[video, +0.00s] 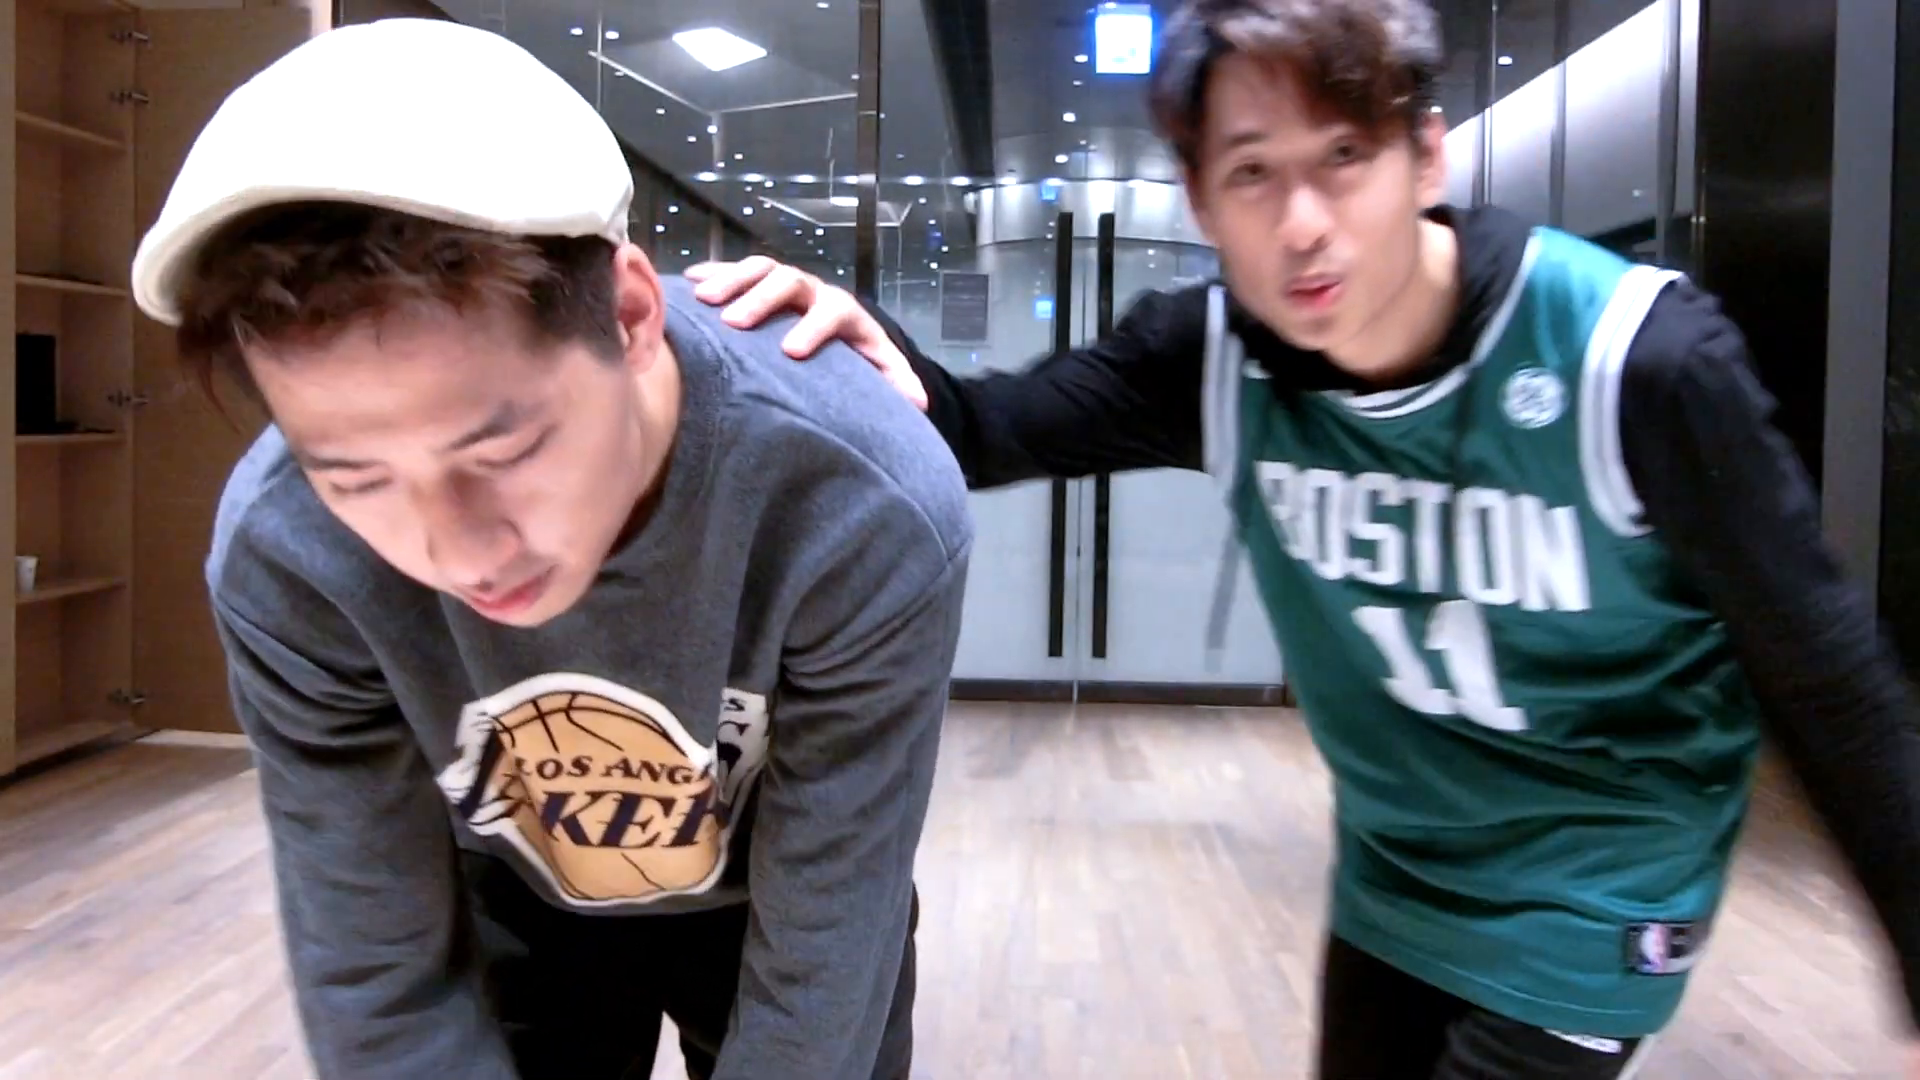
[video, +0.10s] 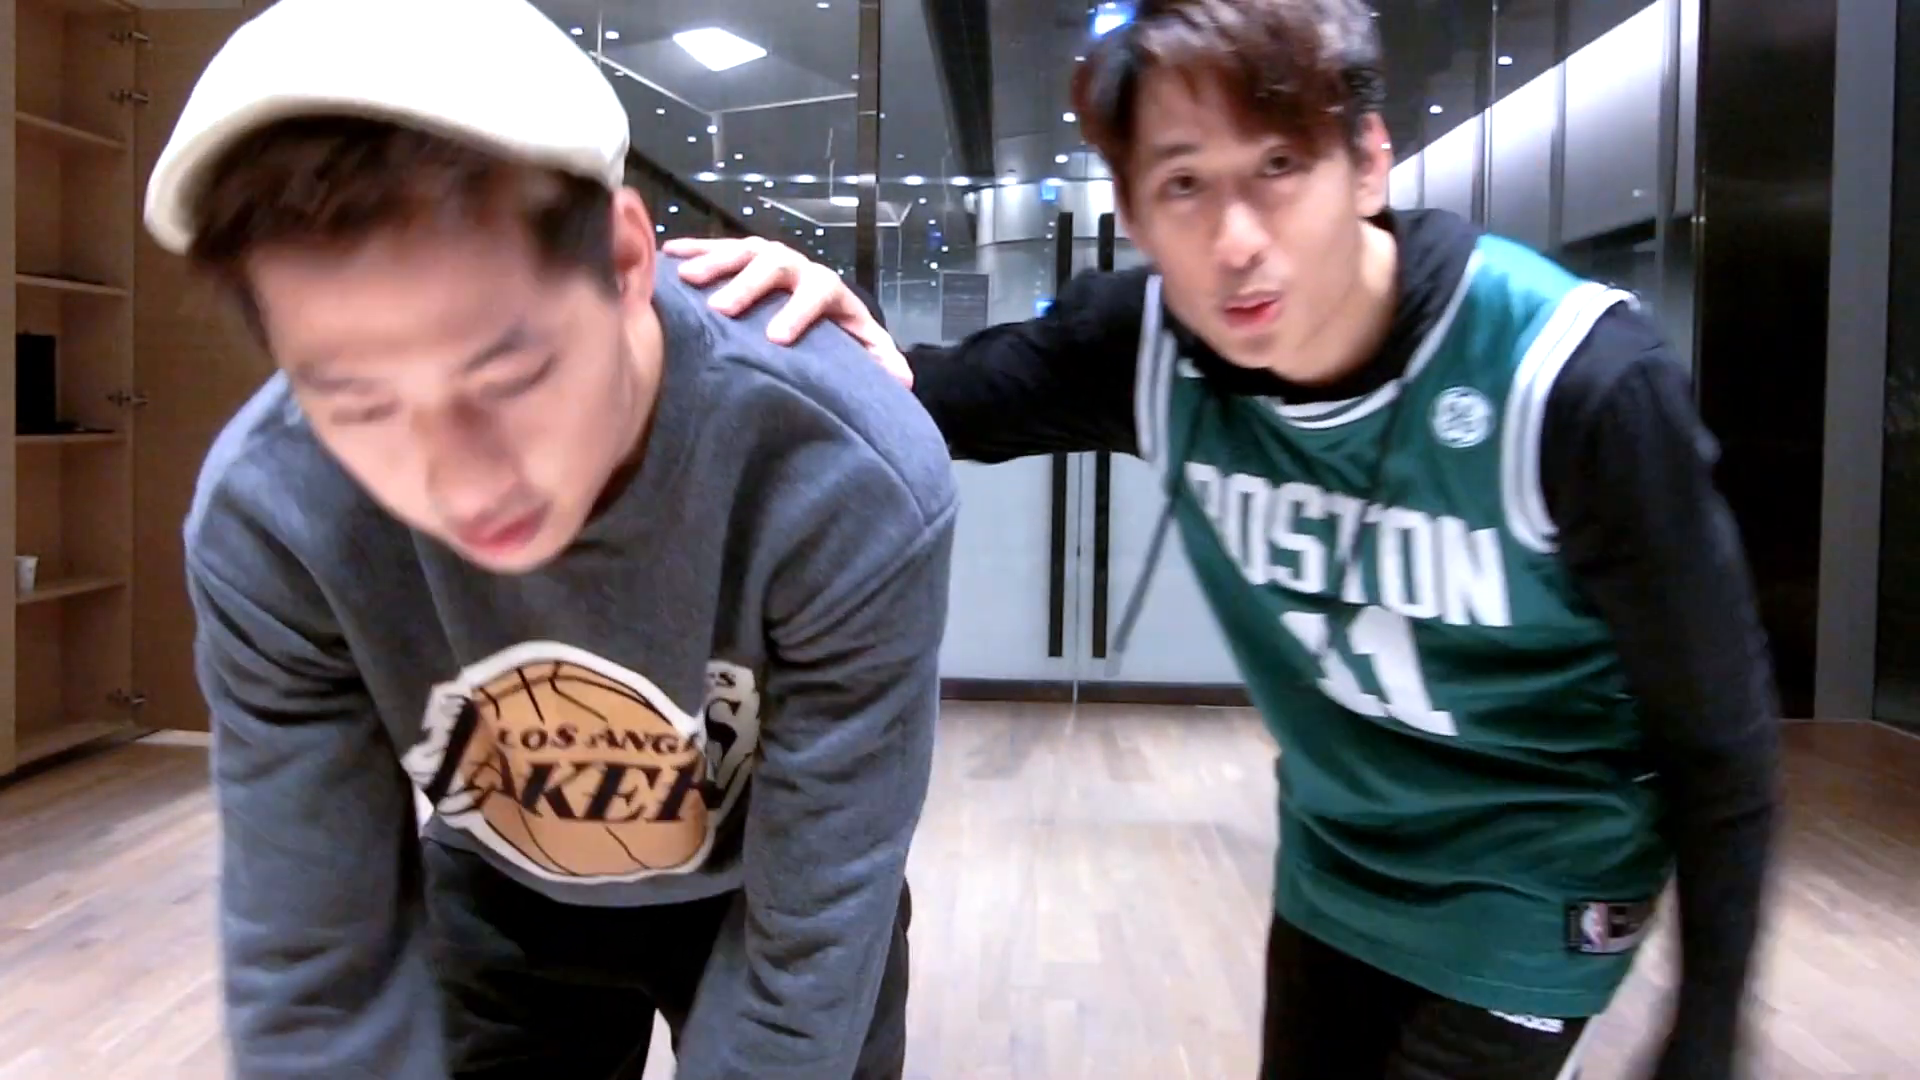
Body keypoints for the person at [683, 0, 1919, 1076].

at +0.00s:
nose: (1303, 225)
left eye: (1341, 164)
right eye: (1251, 179)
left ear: (1426, 159)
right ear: (1199, 205)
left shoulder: (1640, 362)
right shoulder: (1210, 350)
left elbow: (1841, 692)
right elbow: (977, 432)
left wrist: (1916, 983)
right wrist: (854, 347)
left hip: (1594, 879)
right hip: (1391, 849)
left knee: (1482, 1075)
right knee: (1359, 1069)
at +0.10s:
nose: (1235, 244)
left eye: (1277, 173)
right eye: (1180, 190)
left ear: (1370, 165)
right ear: (1132, 211)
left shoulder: (1578, 381)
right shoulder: (1149, 339)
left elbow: (1723, 746)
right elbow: (933, 401)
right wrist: (833, 319)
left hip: (1543, 892)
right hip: (1336, 856)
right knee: (1302, 1065)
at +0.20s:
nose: (1189, 249)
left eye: (1229, 174)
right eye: (1131, 194)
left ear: (1323, 165)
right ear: (1079, 223)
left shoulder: (1520, 389)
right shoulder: (1092, 343)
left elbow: (1611, 789)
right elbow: (874, 455)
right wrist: (835, 351)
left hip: (1493, 935)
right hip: (1298, 896)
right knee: (1286, 1071)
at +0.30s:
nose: (1147, 252)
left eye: (1188, 182)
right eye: (1090, 199)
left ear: (1282, 176)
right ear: (1039, 222)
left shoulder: (1458, 377)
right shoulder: (1059, 345)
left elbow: (1526, 824)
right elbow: (858, 472)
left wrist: (1377, 1067)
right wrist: (833, 357)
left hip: (1454, 891)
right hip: (1276, 867)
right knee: (1261, 1064)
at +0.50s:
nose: (1090, 251)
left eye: (1130, 182)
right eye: (1035, 199)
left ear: (1224, 176)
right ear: (985, 229)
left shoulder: (1406, 357)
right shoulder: (1020, 345)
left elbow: (1548, 724)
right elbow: (835, 398)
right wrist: (779, 304)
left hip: (1417, 933)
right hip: (1228, 889)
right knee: (1227, 1066)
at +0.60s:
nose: (1076, 254)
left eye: (1115, 182)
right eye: (1019, 205)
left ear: (1212, 174)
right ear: (973, 233)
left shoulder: (1397, 343)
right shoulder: (1018, 341)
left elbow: (1574, 744)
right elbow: (838, 402)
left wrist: (1462, 706)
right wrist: (787, 302)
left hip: (1434, 864)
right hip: (1243, 824)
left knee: (1390, 1074)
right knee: (1225, 1063)